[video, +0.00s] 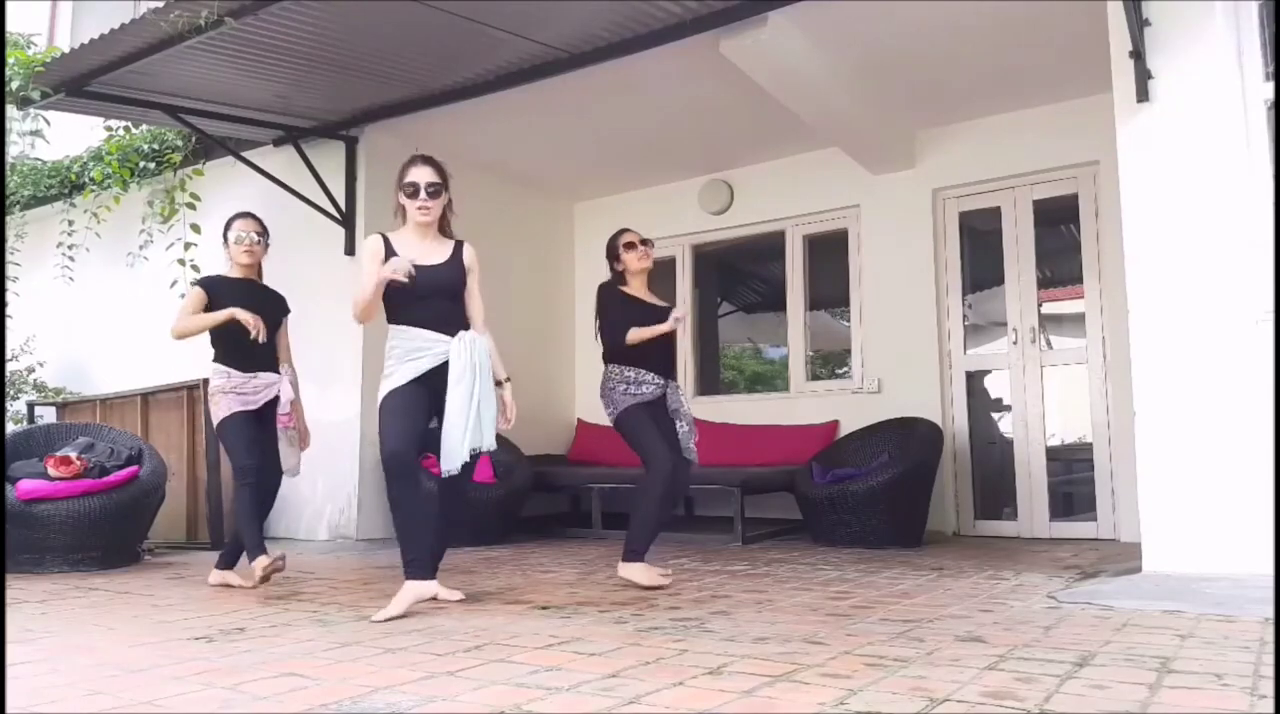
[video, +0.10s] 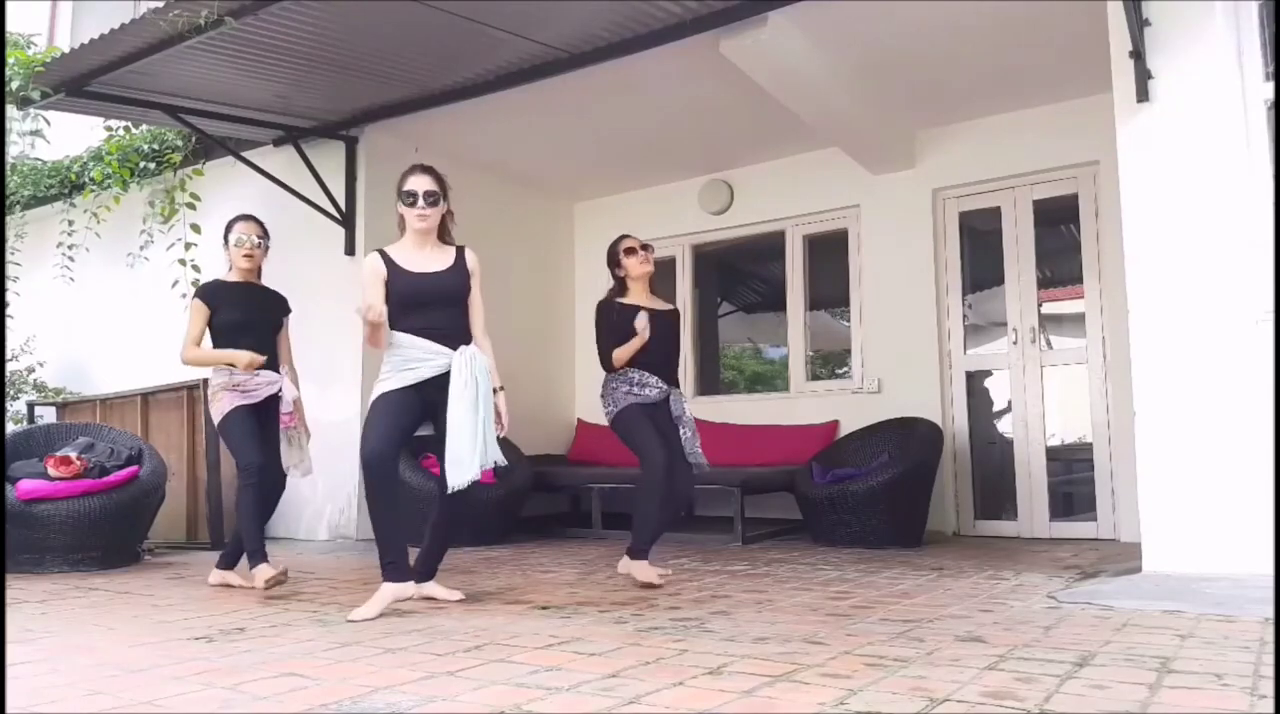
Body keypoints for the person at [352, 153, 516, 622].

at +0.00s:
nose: (423, 197)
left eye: (433, 189)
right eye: (413, 190)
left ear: (446, 197)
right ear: (400, 197)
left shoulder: (463, 253)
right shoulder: (380, 245)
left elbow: (479, 325)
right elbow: (363, 314)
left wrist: (502, 381)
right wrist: (380, 277)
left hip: (460, 368)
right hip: (407, 367)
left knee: (453, 472)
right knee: (396, 454)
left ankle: (428, 575)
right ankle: (417, 576)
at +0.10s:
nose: (421, 205)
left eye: (430, 198)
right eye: (411, 197)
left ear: (444, 205)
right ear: (399, 205)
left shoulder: (465, 259)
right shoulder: (379, 261)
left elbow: (479, 333)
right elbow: (375, 345)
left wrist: (497, 389)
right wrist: (374, 320)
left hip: (460, 376)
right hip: (403, 376)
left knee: (460, 478)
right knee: (375, 453)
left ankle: (426, 576)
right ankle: (395, 578)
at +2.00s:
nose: (408, 193)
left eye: (417, 183)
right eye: (401, 187)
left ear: (443, 185)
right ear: (399, 196)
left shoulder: (470, 240)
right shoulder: (398, 249)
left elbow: (490, 307)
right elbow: (379, 316)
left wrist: (518, 343)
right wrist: (333, 303)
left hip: (454, 364)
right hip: (405, 366)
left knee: (437, 465)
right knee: (346, 457)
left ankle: (453, 575)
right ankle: (376, 570)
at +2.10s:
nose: (399, 196)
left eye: (407, 186)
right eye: (395, 190)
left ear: (435, 187)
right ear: (402, 197)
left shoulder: (467, 238)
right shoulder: (400, 251)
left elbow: (484, 302)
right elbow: (367, 303)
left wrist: (502, 348)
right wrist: (355, 240)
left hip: (445, 363)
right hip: (398, 363)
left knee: (429, 467)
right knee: (353, 465)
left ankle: (451, 577)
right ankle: (384, 571)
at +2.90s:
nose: (415, 190)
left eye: (422, 181)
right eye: (413, 183)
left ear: (452, 180)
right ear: (442, 183)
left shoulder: (487, 243)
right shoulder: (405, 236)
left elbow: (506, 315)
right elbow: (372, 289)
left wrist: (530, 367)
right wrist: (352, 300)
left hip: (449, 362)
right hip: (393, 358)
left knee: (465, 468)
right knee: (389, 469)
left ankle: (487, 576)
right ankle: (379, 577)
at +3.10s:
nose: (451, 185)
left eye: (457, 176)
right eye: (449, 178)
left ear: (488, 174)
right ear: (472, 178)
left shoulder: (523, 230)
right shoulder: (448, 237)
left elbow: (540, 299)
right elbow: (444, 303)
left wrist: (557, 362)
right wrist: (412, 334)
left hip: (492, 356)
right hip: (441, 354)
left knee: (512, 467)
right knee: (396, 457)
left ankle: (560, 575)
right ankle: (379, 565)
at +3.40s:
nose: (492, 183)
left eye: (501, 173)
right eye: (487, 177)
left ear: (530, 175)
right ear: (486, 184)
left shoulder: (554, 232)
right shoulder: (483, 243)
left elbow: (572, 303)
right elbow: (462, 311)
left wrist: (578, 303)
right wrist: (431, 355)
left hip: (541, 360)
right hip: (494, 359)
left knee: (530, 471)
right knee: (434, 449)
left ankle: (568, 580)